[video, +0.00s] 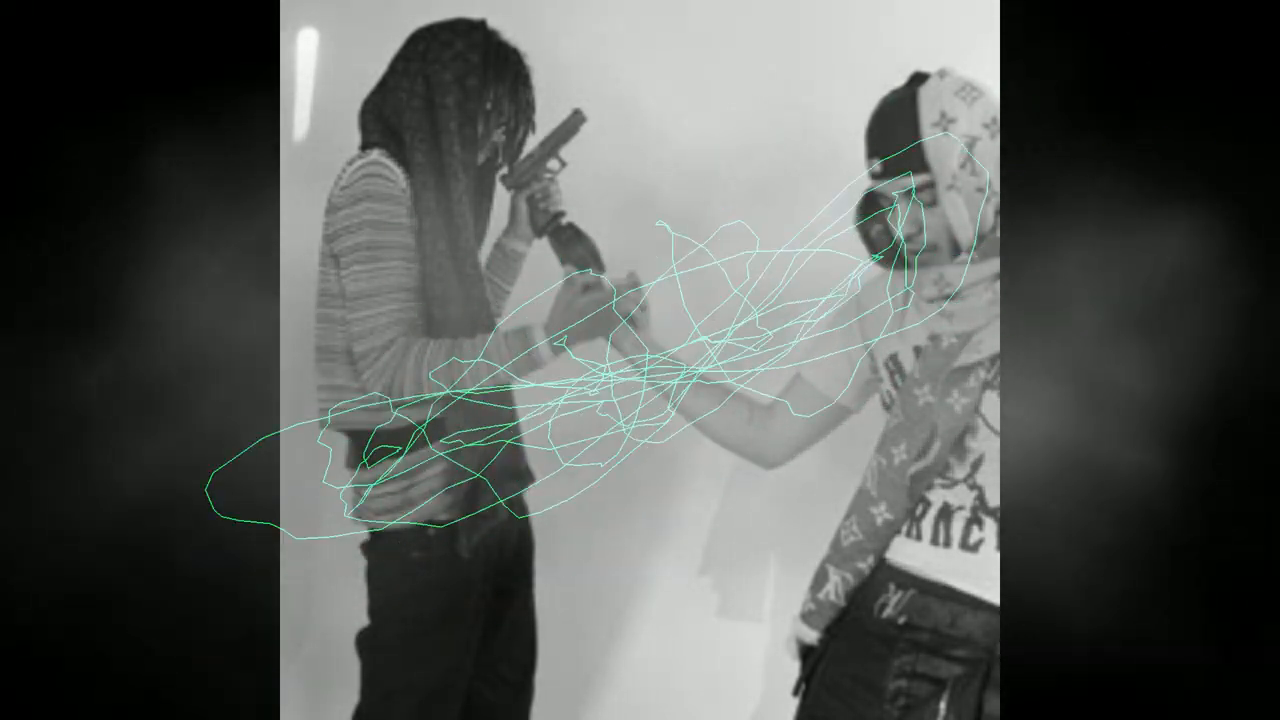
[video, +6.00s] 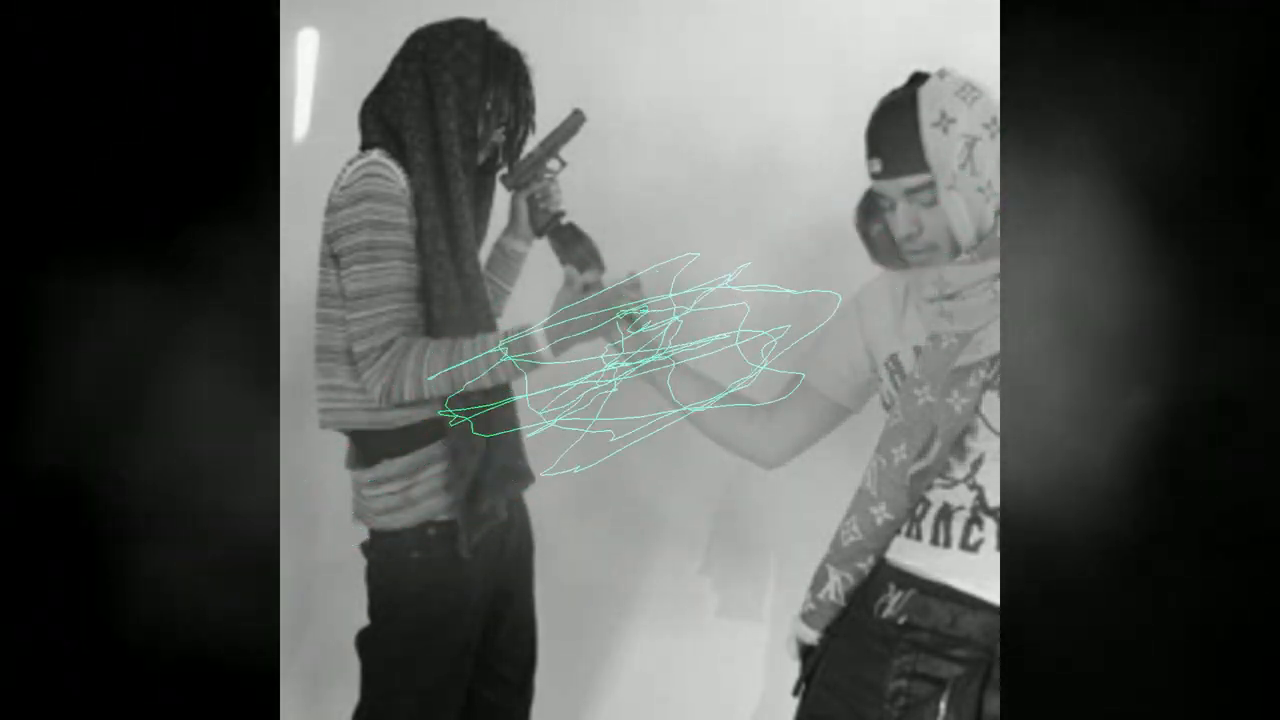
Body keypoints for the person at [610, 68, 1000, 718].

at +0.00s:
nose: (908, 222)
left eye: (924, 195)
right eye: (895, 200)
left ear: (979, 172)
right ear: (889, 199)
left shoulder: (1037, 283)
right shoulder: (898, 296)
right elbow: (771, 435)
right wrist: (637, 347)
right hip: (894, 617)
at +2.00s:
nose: (906, 228)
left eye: (927, 199)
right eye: (887, 206)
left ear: (981, 184)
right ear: (875, 207)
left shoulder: (1037, 293)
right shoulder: (891, 302)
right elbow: (768, 436)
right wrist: (641, 345)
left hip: (997, 638)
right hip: (883, 616)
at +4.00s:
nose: (906, 228)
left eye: (926, 199)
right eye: (887, 205)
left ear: (978, 183)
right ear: (874, 206)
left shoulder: (1031, 290)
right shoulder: (890, 305)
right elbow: (768, 436)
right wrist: (639, 347)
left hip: (990, 639)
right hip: (878, 615)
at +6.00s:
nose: (903, 227)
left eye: (925, 198)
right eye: (885, 204)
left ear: (981, 182)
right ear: (873, 204)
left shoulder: (1043, 287)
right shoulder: (894, 300)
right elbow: (770, 436)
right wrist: (638, 346)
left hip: (1005, 641)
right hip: (884, 615)